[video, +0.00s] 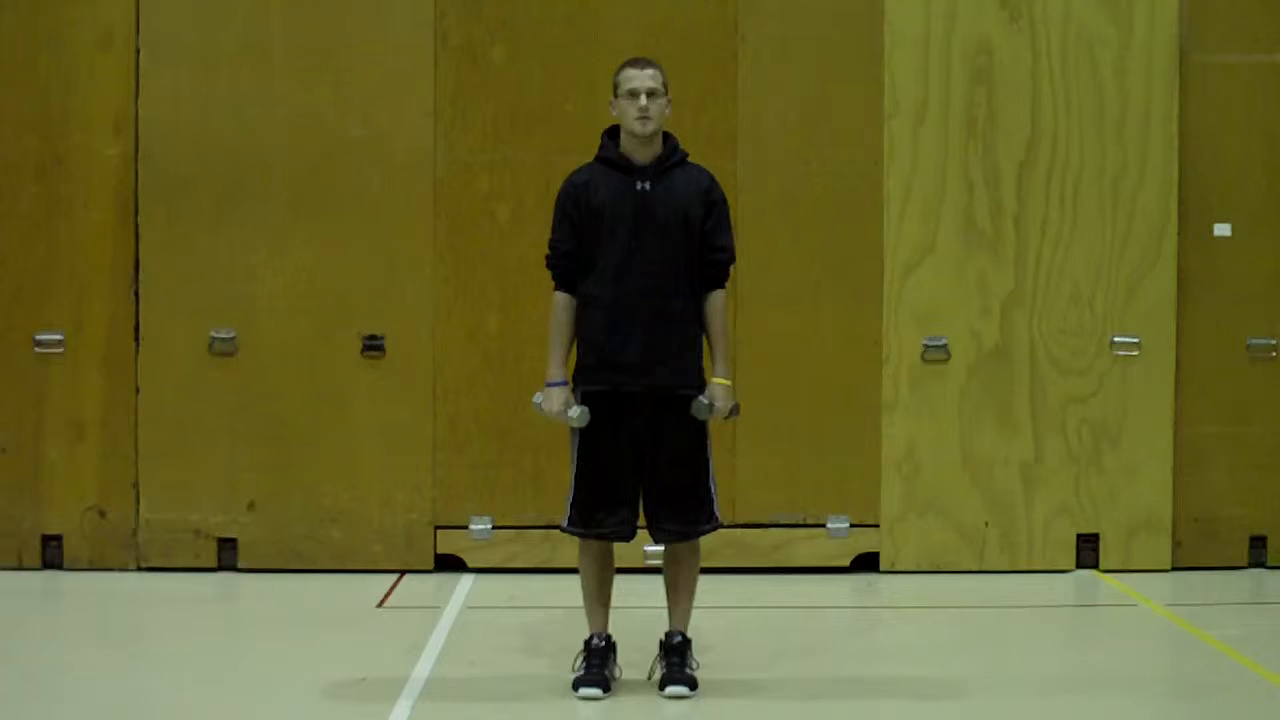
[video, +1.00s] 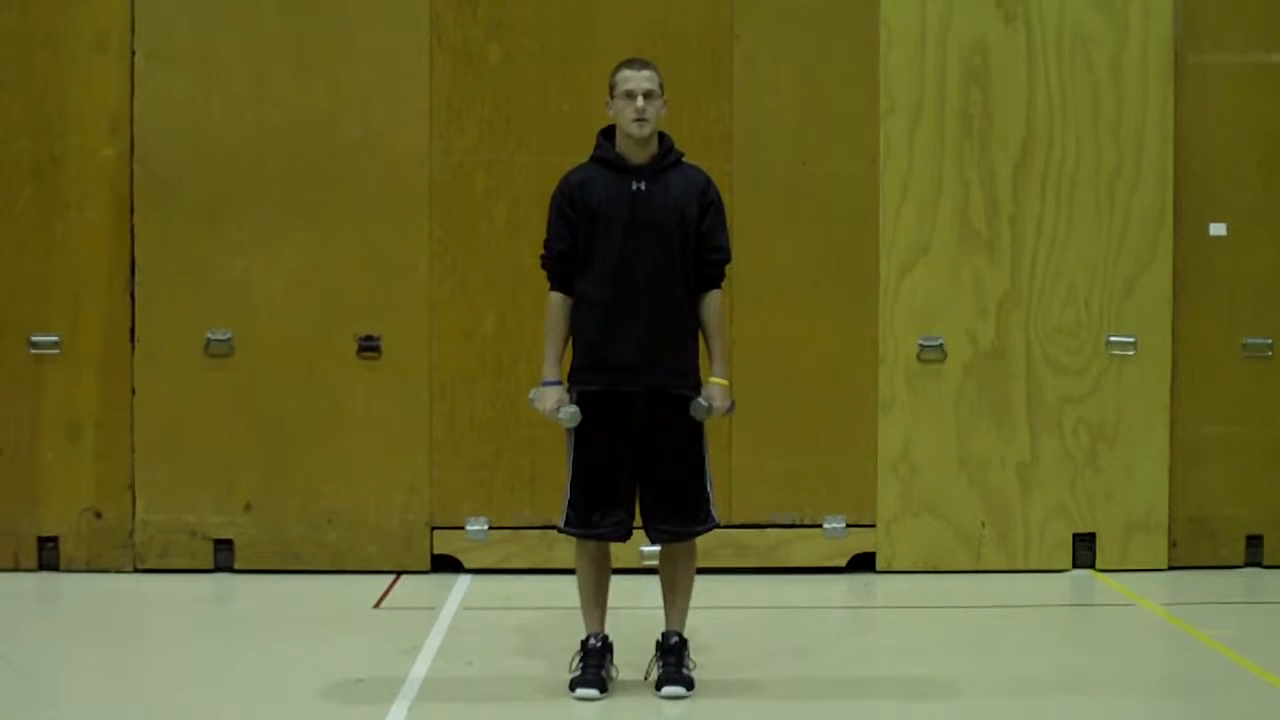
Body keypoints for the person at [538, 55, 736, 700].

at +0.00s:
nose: (645, 105)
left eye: (654, 95)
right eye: (633, 96)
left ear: (669, 106)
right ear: (614, 106)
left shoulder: (699, 186)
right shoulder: (583, 187)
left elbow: (714, 287)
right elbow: (565, 289)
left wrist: (722, 374)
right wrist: (556, 378)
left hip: (677, 383)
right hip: (601, 383)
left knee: (681, 522)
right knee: (596, 521)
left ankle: (677, 646)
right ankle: (597, 646)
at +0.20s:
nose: (643, 107)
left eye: (653, 97)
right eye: (632, 97)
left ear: (667, 107)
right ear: (612, 108)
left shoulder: (697, 188)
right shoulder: (581, 188)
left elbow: (713, 289)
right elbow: (562, 290)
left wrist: (720, 375)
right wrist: (554, 378)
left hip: (676, 384)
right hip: (600, 384)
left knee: (680, 523)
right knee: (594, 522)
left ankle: (675, 647)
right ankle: (596, 647)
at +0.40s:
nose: (642, 106)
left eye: (652, 96)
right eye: (631, 96)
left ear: (666, 105)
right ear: (611, 106)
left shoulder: (696, 186)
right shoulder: (580, 187)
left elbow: (712, 288)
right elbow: (562, 289)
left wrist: (720, 374)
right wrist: (553, 377)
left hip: (674, 383)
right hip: (599, 383)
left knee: (679, 523)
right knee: (594, 521)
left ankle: (675, 646)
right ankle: (595, 646)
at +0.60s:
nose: (640, 107)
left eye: (650, 97)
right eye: (629, 97)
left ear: (665, 107)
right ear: (610, 107)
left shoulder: (695, 188)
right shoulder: (579, 187)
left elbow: (710, 289)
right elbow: (560, 289)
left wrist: (718, 375)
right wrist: (551, 378)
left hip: (672, 384)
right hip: (597, 384)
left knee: (677, 524)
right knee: (593, 522)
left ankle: (673, 647)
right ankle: (594, 648)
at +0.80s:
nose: (639, 109)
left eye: (649, 99)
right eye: (628, 100)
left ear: (664, 108)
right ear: (610, 108)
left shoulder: (694, 187)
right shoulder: (578, 187)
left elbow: (710, 288)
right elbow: (560, 289)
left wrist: (718, 374)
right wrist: (551, 377)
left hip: (672, 383)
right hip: (597, 384)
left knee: (678, 523)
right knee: (593, 521)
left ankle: (673, 647)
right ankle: (593, 647)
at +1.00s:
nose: (640, 106)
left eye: (650, 96)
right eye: (629, 96)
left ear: (665, 106)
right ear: (610, 107)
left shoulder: (695, 187)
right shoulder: (578, 186)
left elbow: (710, 287)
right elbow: (560, 288)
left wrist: (719, 372)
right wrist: (551, 376)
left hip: (672, 383)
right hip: (597, 383)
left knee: (678, 523)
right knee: (593, 521)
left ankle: (673, 647)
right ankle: (594, 647)